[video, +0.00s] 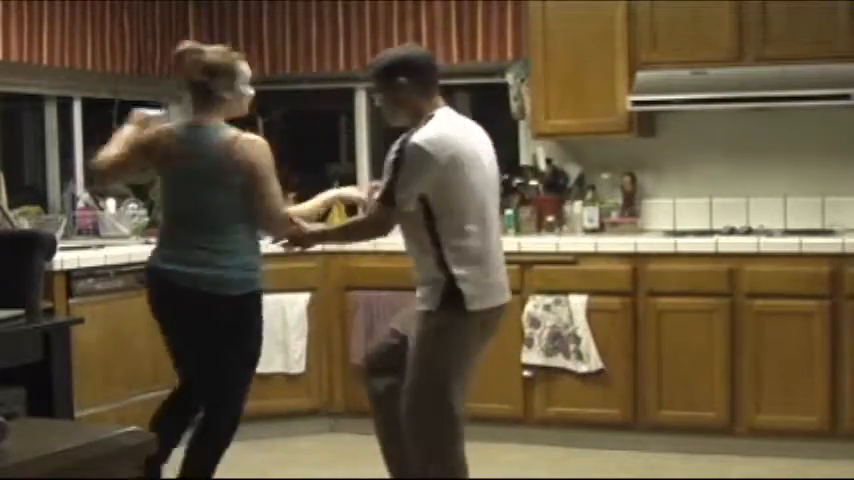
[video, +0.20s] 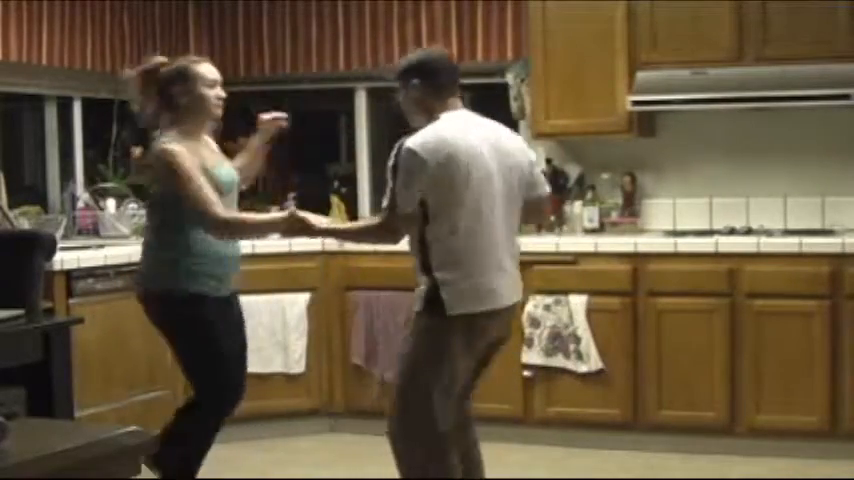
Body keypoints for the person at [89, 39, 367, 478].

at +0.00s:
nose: (252, 96)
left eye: (250, 88)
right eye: (247, 88)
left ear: (200, 91)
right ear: (229, 93)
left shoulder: (163, 140)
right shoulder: (250, 148)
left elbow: (100, 174)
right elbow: (277, 223)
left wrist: (130, 129)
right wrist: (330, 198)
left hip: (168, 284)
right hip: (230, 292)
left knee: (192, 385)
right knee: (226, 406)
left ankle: (145, 464)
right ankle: (193, 476)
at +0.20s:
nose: (222, 94)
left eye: (222, 85)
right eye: (212, 85)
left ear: (213, 94)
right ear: (182, 94)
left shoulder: (205, 143)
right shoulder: (170, 152)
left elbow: (233, 179)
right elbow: (217, 221)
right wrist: (281, 222)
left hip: (212, 285)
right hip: (177, 288)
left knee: (228, 385)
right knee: (218, 387)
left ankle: (169, 461)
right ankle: (169, 463)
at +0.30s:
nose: (214, 95)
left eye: (213, 87)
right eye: (203, 87)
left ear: (206, 96)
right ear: (172, 96)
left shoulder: (215, 148)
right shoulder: (151, 154)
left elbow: (258, 199)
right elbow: (188, 219)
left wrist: (288, 161)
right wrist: (260, 220)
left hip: (222, 283)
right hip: (170, 287)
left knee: (218, 391)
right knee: (213, 389)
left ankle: (175, 459)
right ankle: (176, 464)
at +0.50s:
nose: (223, 79)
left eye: (220, 71)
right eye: (212, 72)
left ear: (203, 84)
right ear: (180, 82)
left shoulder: (214, 134)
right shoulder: (164, 134)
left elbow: (222, 198)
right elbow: (227, 177)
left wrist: (263, 192)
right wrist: (294, 147)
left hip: (206, 265)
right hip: (161, 266)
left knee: (214, 368)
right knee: (209, 366)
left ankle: (165, 462)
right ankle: (163, 465)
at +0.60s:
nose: (233, 85)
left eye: (230, 77)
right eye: (222, 78)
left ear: (202, 90)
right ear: (194, 88)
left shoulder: (200, 140)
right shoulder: (186, 138)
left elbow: (195, 215)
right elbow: (269, 183)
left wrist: (248, 206)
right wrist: (336, 157)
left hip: (193, 270)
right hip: (158, 270)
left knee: (244, 360)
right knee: (190, 371)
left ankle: (197, 463)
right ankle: (136, 464)